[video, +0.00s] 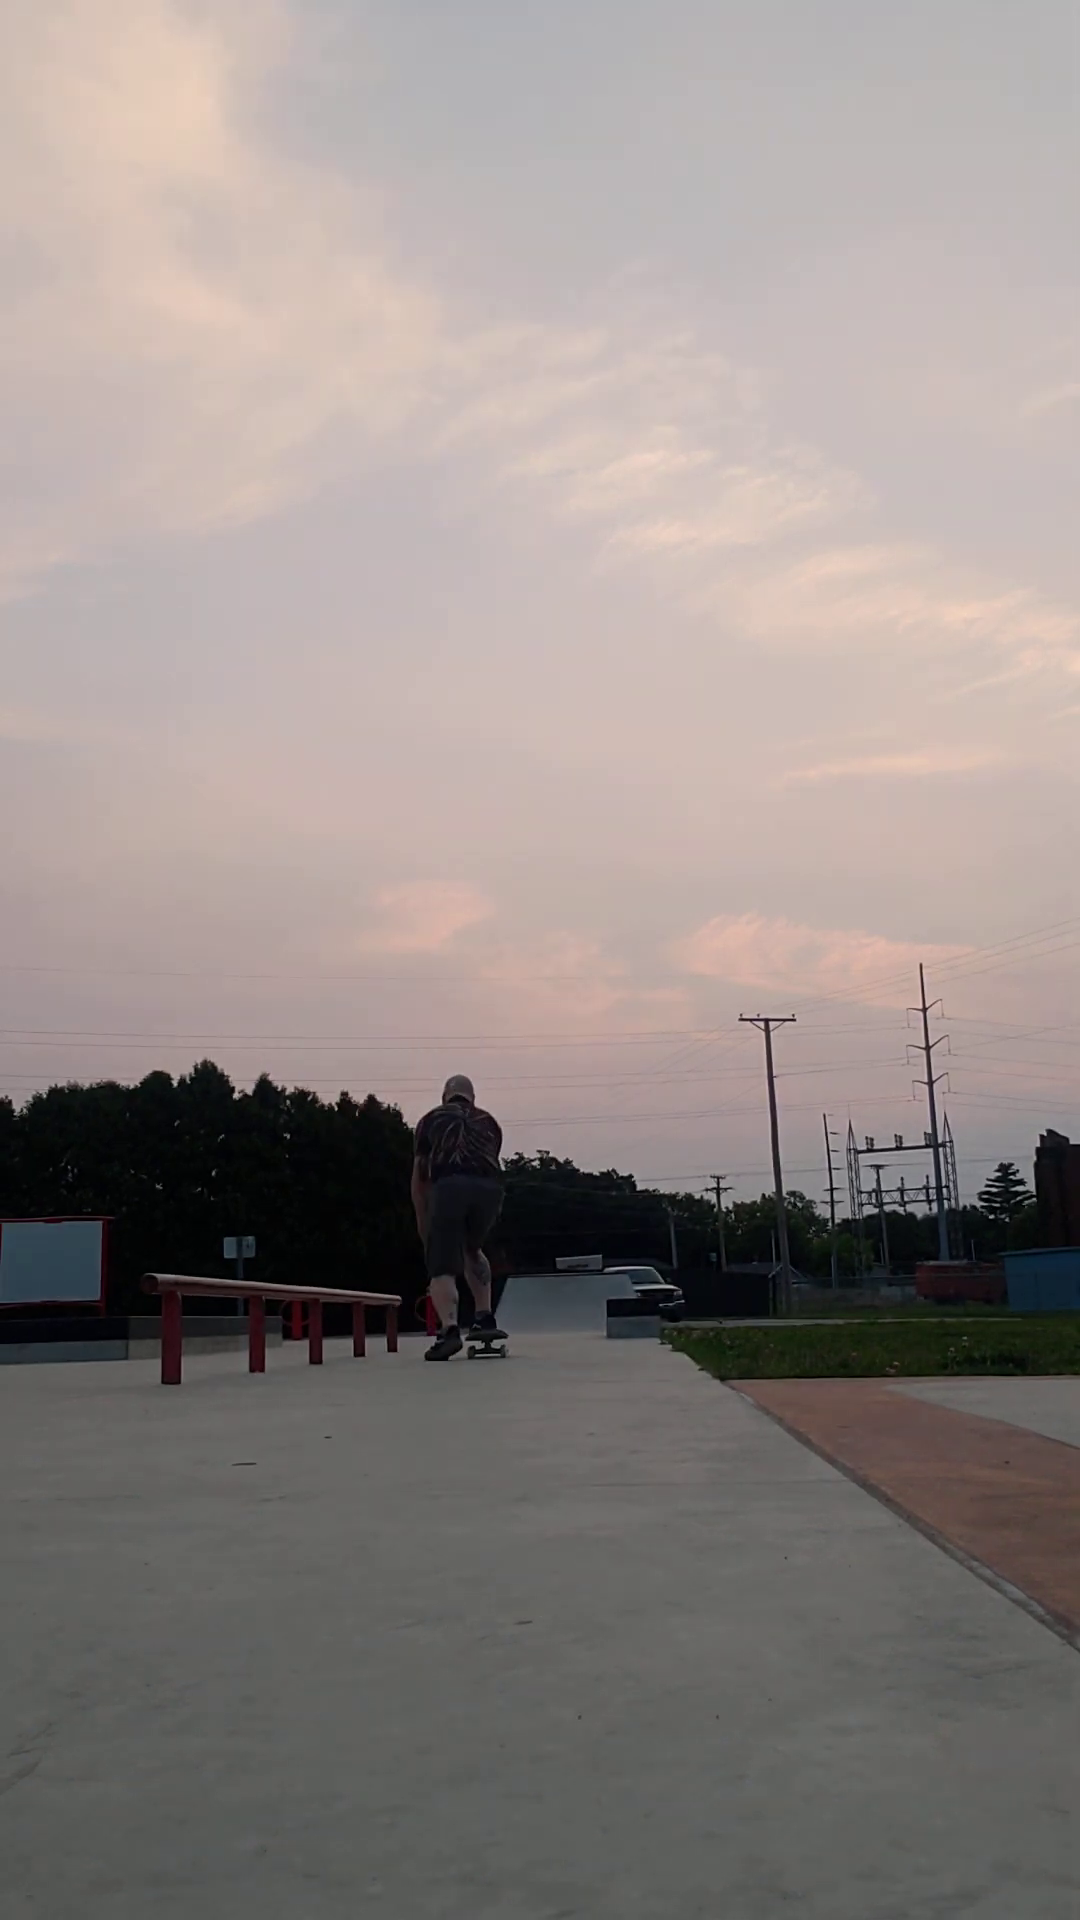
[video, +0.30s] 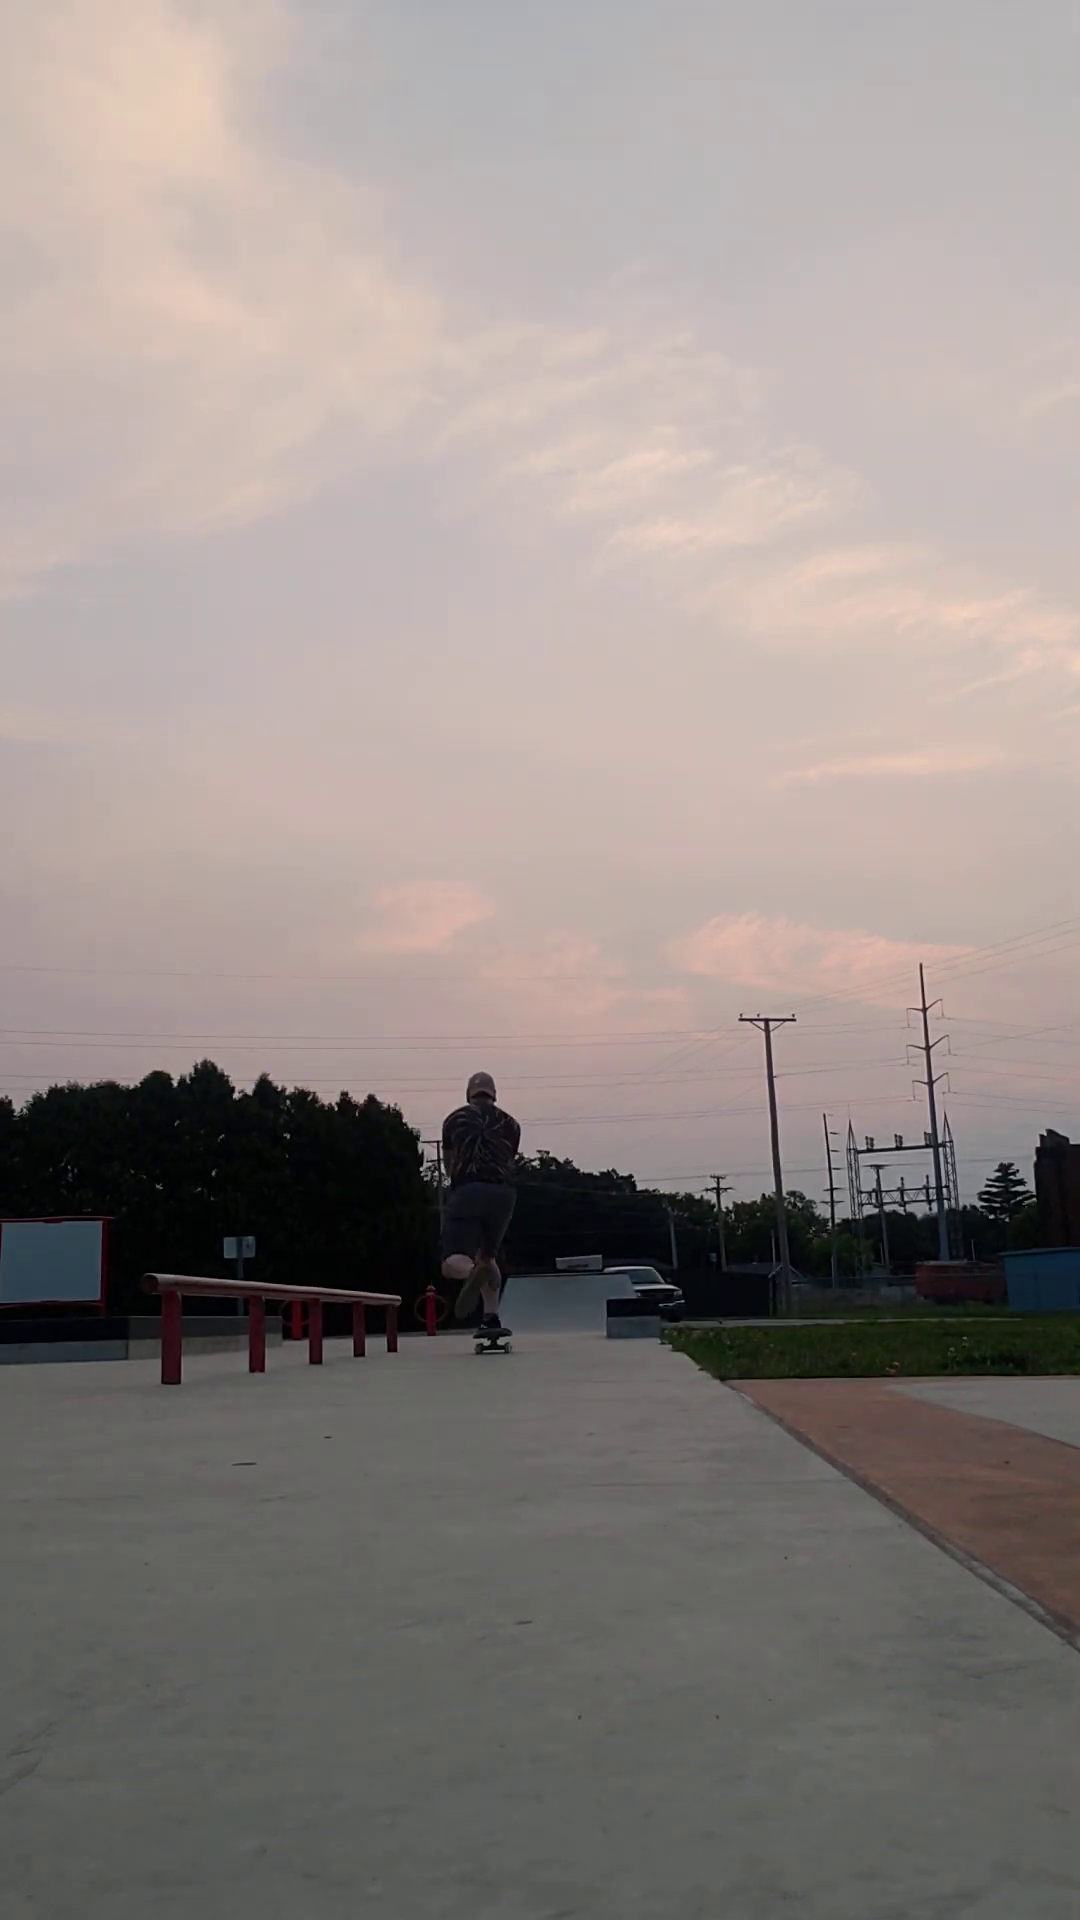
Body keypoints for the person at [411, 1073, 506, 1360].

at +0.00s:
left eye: (447, 1096)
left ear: (444, 1096)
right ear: (473, 1097)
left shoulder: (429, 1120)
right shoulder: (490, 1121)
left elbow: (419, 1178)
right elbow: (490, 1169)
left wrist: (423, 1225)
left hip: (446, 1193)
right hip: (488, 1193)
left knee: (441, 1265)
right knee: (473, 1248)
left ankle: (449, 1331)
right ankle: (485, 1319)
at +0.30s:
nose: (476, 1098)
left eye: (473, 1094)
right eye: (482, 1095)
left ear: (468, 1093)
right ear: (494, 1094)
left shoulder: (454, 1119)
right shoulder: (511, 1124)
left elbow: (449, 1163)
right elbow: (509, 1162)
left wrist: (460, 1181)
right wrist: (488, 1177)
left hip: (466, 1192)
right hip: (502, 1194)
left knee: (451, 1260)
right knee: (488, 1256)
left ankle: (472, 1271)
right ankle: (491, 1319)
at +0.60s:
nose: (479, 1096)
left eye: (476, 1092)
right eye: (487, 1091)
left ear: (475, 1091)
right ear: (499, 1091)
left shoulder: (471, 1115)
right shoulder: (515, 1120)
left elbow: (453, 1153)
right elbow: (523, 1168)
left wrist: (445, 1187)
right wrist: (521, 1205)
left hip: (486, 1196)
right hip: (514, 1197)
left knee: (476, 1256)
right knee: (499, 1258)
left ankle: (508, 1315)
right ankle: (502, 1318)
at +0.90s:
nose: (490, 1110)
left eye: (487, 1106)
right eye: (496, 1106)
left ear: (485, 1107)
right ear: (506, 1106)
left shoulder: (488, 1127)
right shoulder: (520, 1134)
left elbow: (480, 1155)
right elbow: (526, 1180)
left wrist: (451, 1184)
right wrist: (528, 1214)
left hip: (497, 1204)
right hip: (518, 1205)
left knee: (488, 1260)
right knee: (504, 1262)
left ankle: (513, 1316)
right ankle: (517, 1313)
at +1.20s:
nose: (497, 1127)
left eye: (494, 1124)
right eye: (502, 1124)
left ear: (491, 1124)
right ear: (510, 1123)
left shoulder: (489, 1145)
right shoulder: (523, 1147)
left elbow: (485, 1180)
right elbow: (525, 1182)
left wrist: (478, 1211)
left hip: (502, 1211)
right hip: (524, 1210)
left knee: (501, 1266)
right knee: (515, 1266)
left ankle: (518, 1315)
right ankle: (523, 1315)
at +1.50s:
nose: (502, 1144)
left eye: (500, 1140)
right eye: (506, 1140)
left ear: (497, 1140)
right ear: (515, 1139)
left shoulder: (495, 1160)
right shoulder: (526, 1160)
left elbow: (486, 1190)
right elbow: (529, 1191)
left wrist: (478, 1218)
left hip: (508, 1219)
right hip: (528, 1217)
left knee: (506, 1270)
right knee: (519, 1270)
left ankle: (523, 1315)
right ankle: (528, 1315)